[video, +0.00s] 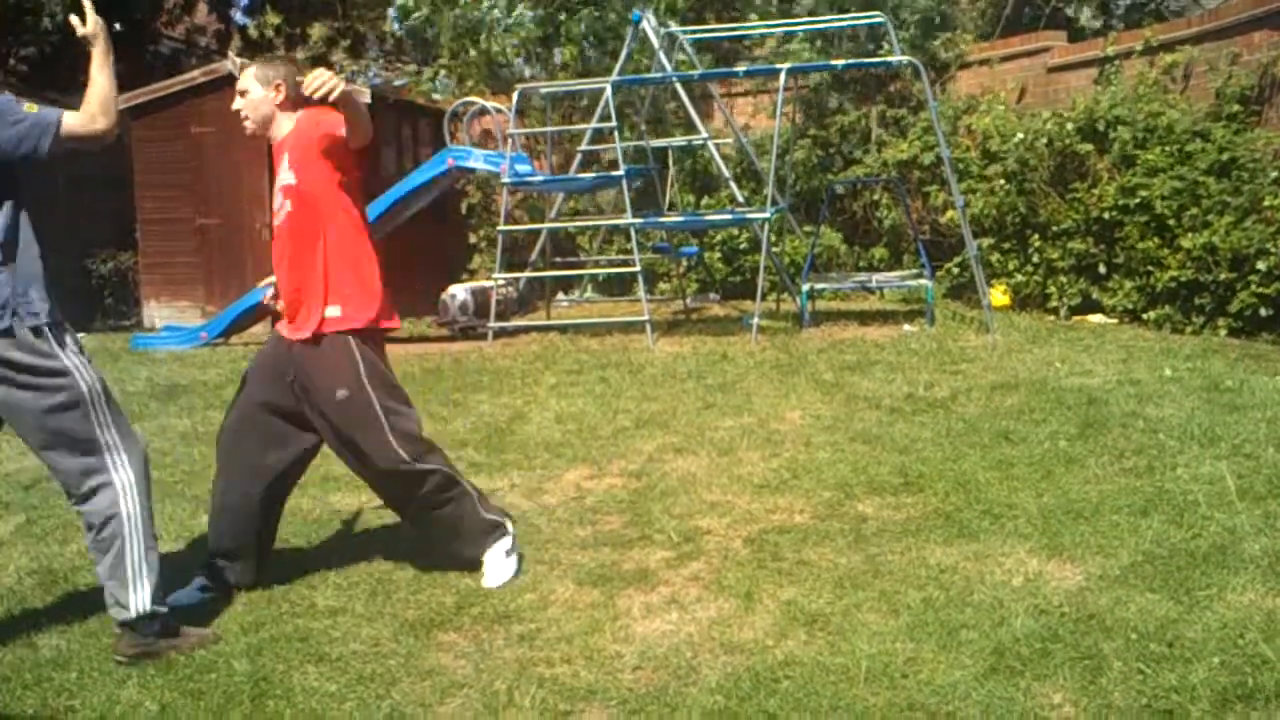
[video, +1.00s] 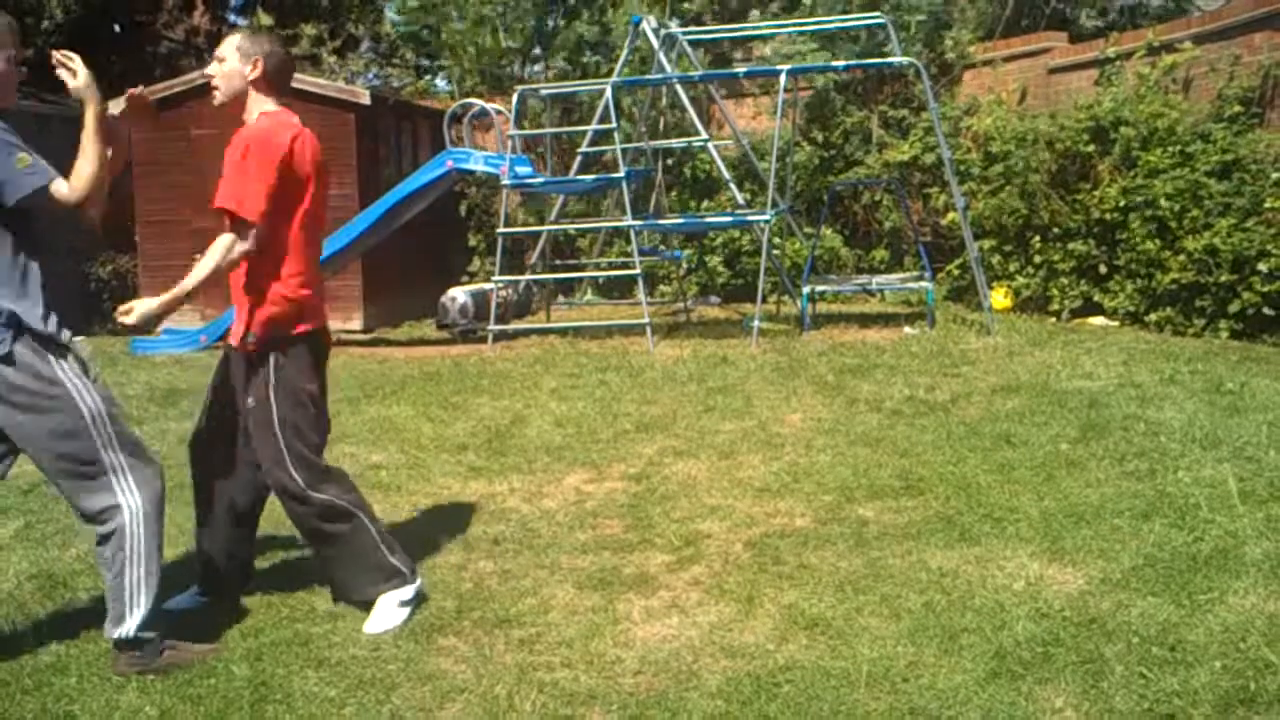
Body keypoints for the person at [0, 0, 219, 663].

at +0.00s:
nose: (17, 74)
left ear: (13, 76)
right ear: (8, 74)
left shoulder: (10, 118)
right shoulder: (3, 117)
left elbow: (96, 122)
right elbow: (99, 122)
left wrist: (98, 48)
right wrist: (99, 41)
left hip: (15, 321)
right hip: (14, 323)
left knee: (105, 455)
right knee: (109, 455)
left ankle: (137, 610)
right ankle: (139, 620)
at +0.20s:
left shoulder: (10, 112)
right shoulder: (7, 110)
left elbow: (89, 89)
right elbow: (92, 89)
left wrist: (139, 22)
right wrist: (141, 20)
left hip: (18, 325)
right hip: (15, 327)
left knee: (113, 466)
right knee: (118, 467)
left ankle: (137, 619)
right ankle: (139, 629)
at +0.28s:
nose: (20, 82)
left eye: (17, 75)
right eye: (15, 75)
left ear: (10, 87)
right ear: (5, 85)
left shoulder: (9, 128)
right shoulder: (4, 123)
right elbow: (78, 112)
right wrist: (129, 40)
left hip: (16, 338)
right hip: (14, 340)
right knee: (118, 470)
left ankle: (139, 615)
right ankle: (139, 630)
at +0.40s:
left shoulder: (9, 138)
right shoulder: (4, 128)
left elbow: (30, 200)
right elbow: (76, 132)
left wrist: (55, 120)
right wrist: (70, 62)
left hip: (15, 322)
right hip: (16, 324)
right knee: (115, 456)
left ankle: (138, 614)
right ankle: (141, 623)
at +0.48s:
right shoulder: (2, 120)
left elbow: (39, 169)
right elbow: (95, 167)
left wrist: (82, 120)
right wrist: (99, 110)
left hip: (17, 321)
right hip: (20, 321)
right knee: (106, 450)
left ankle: (150, 612)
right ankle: (153, 617)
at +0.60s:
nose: (13, 75)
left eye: (10, 66)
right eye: (11, 67)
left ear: (2, 80)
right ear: (7, 75)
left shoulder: (14, 133)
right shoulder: (15, 132)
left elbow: (29, 146)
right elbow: (109, 185)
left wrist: (82, 115)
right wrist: (127, 157)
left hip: (15, 339)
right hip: (25, 340)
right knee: (107, 471)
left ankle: (155, 619)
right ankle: (156, 629)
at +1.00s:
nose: (15, 69)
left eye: (15, 58)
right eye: (8, 58)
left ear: (13, 65)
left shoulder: (10, 136)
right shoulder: (2, 139)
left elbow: (79, 214)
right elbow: (75, 197)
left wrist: (114, 143)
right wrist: (90, 103)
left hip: (20, 339)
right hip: (21, 341)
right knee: (128, 478)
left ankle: (134, 626)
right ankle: (135, 638)